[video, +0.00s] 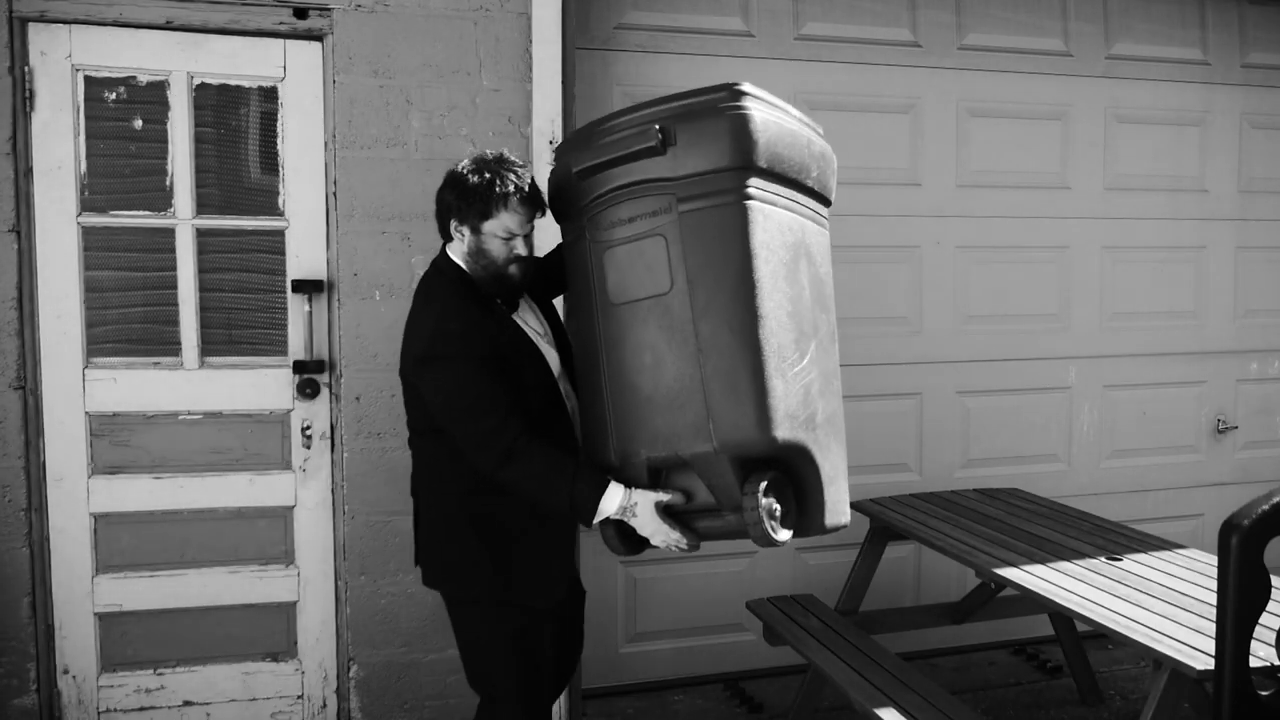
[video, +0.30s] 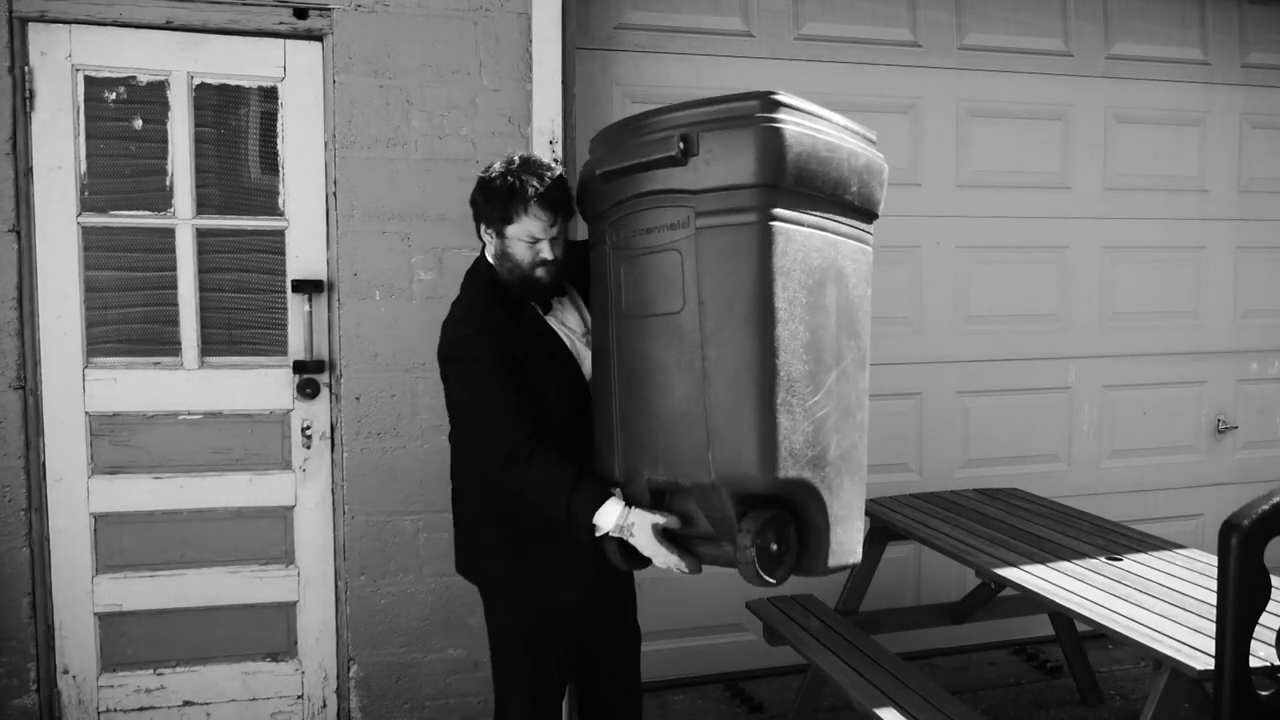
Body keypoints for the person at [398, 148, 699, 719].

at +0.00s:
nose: (525, 249)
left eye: (528, 234)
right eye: (509, 239)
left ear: (532, 219)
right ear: (460, 233)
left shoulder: (506, 280)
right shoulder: (443, 325)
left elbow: (579, 259)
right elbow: (503, 450)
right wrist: (619, 501)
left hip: (537, 534)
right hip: (488, 553)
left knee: (549, 678)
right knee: (513, 696)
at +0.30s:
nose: (551, 252)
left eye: (558, 235)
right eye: (533, 241)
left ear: (568, 221)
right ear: (490, 237)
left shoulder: (578, 271)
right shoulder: (474, 329)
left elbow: (652, 249)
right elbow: (513, 454)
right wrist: (620, 516)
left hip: (599, 544)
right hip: (523, 557)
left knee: (615, 700)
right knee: (530, 706)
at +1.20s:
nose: (585, 249)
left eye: (595, 231)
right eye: (567, 240)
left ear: (615, 221)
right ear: (545, 245)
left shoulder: (661, 256)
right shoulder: (530, 326)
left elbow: (725, 250)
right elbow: (506, 424)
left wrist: (741, 204)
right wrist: (522, 429)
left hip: (691, 498)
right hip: (592, 514)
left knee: (678, 669)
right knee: (585, 674)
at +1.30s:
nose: (585, 248)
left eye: (595, 230)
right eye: (567, 239)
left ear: (615, 219)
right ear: (543, 241)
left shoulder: (659, 256)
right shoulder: (526, 323)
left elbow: (743, 240)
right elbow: (491, 414)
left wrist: (737, 203)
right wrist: (512, 422)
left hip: (687, 502)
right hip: (586, 516)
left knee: (674, 672)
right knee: (586, 674)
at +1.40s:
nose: (580, 249)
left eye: (591, 232)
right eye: (563, 237)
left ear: (613, 219)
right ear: (540, 238)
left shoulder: (656, 256)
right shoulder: (520, 320)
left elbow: (749, 241)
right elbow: (476, 407)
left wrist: (740, 212)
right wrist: (498, 420)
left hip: (684, 506)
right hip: (583, 519)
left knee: (673, 673)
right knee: (591, 674)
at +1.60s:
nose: (573, 250)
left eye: (584, 233)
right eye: (555, 238)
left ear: (604, 223)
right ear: (528, 239)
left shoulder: (646, 260)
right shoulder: (498, 319)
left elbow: (716, 265)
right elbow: (432, 396)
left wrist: (749, 240)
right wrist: (459, 411)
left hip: (674, 520)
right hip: (563, 541)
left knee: (679, 686)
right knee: (583, 699)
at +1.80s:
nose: (576, 253)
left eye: (586, 235)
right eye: (557, 241)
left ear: (604, 218)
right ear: (525, 238)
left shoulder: (650, 267)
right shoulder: (492, 316)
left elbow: (737, 286)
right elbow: (420, 393)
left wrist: (767, 289)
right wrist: (459, 419)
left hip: (662, 529)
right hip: (553, 545)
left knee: (670, 685)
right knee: (568, 700)